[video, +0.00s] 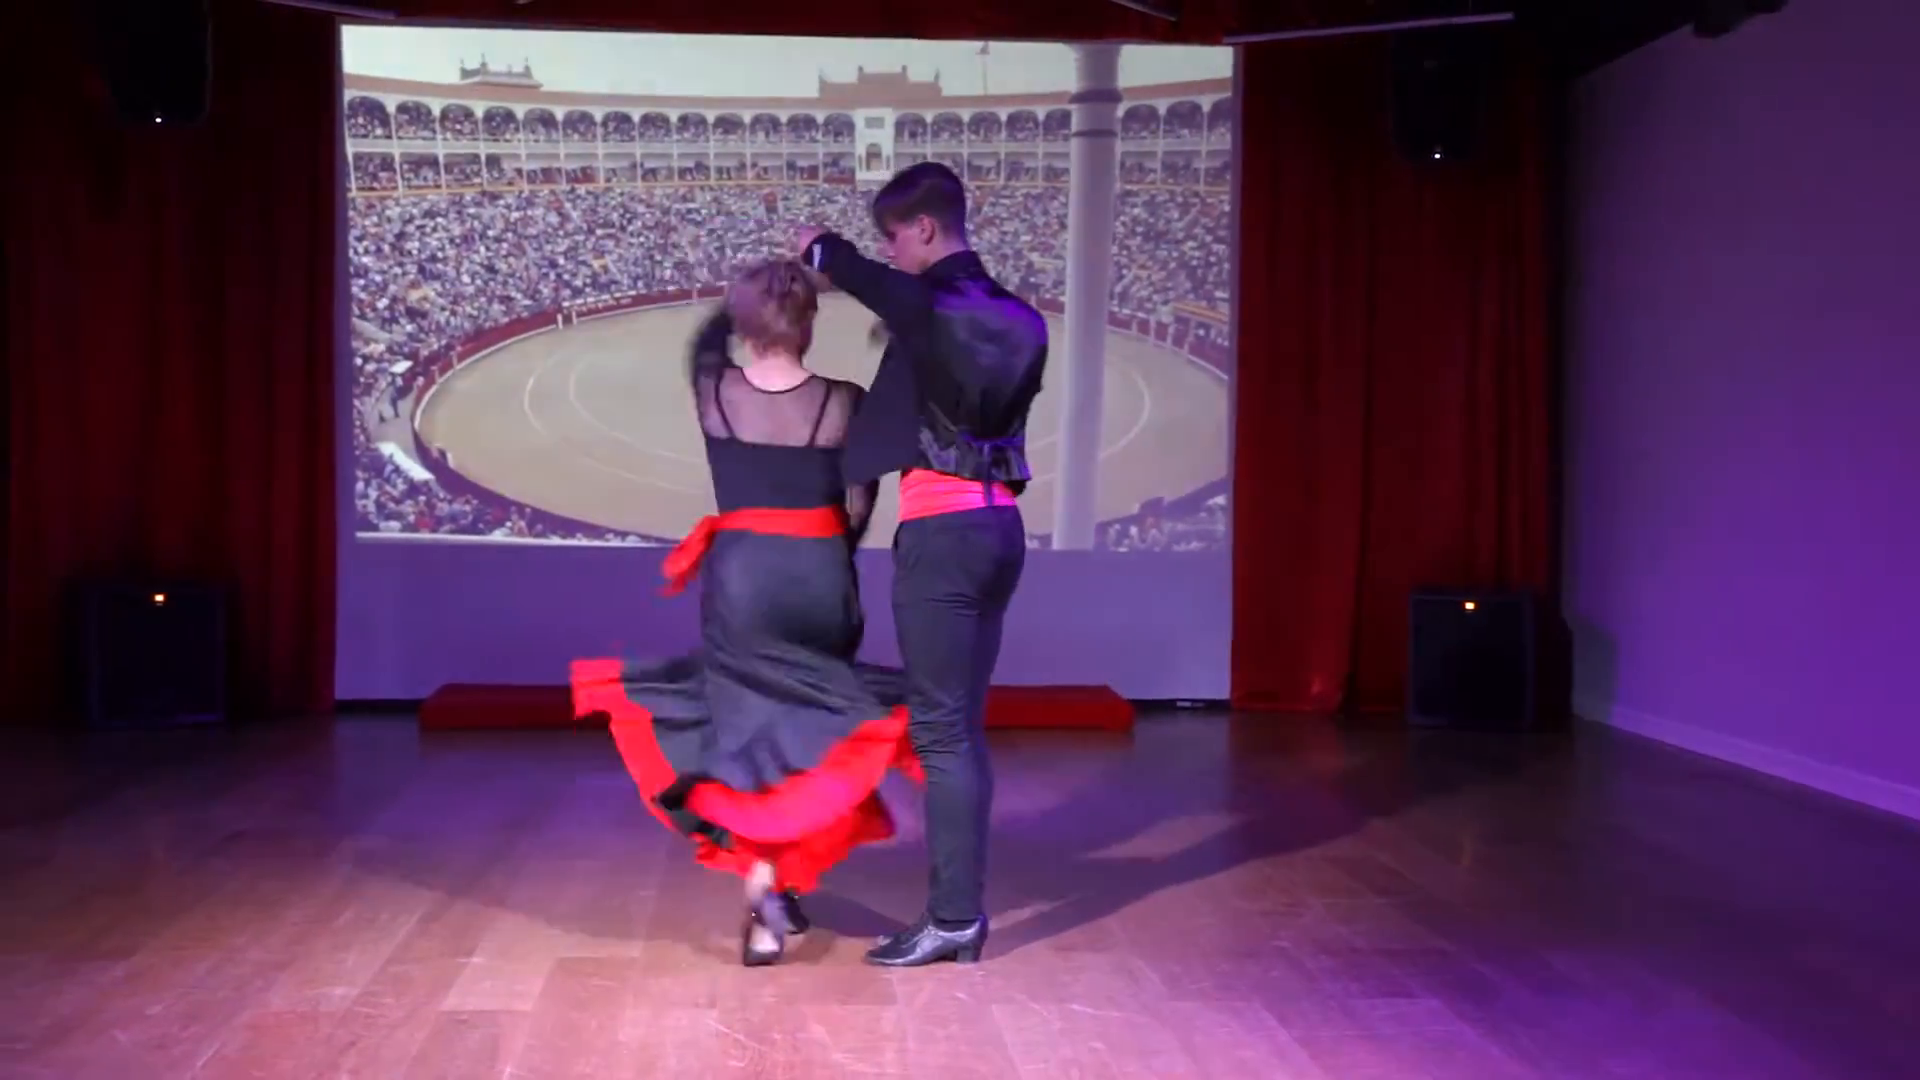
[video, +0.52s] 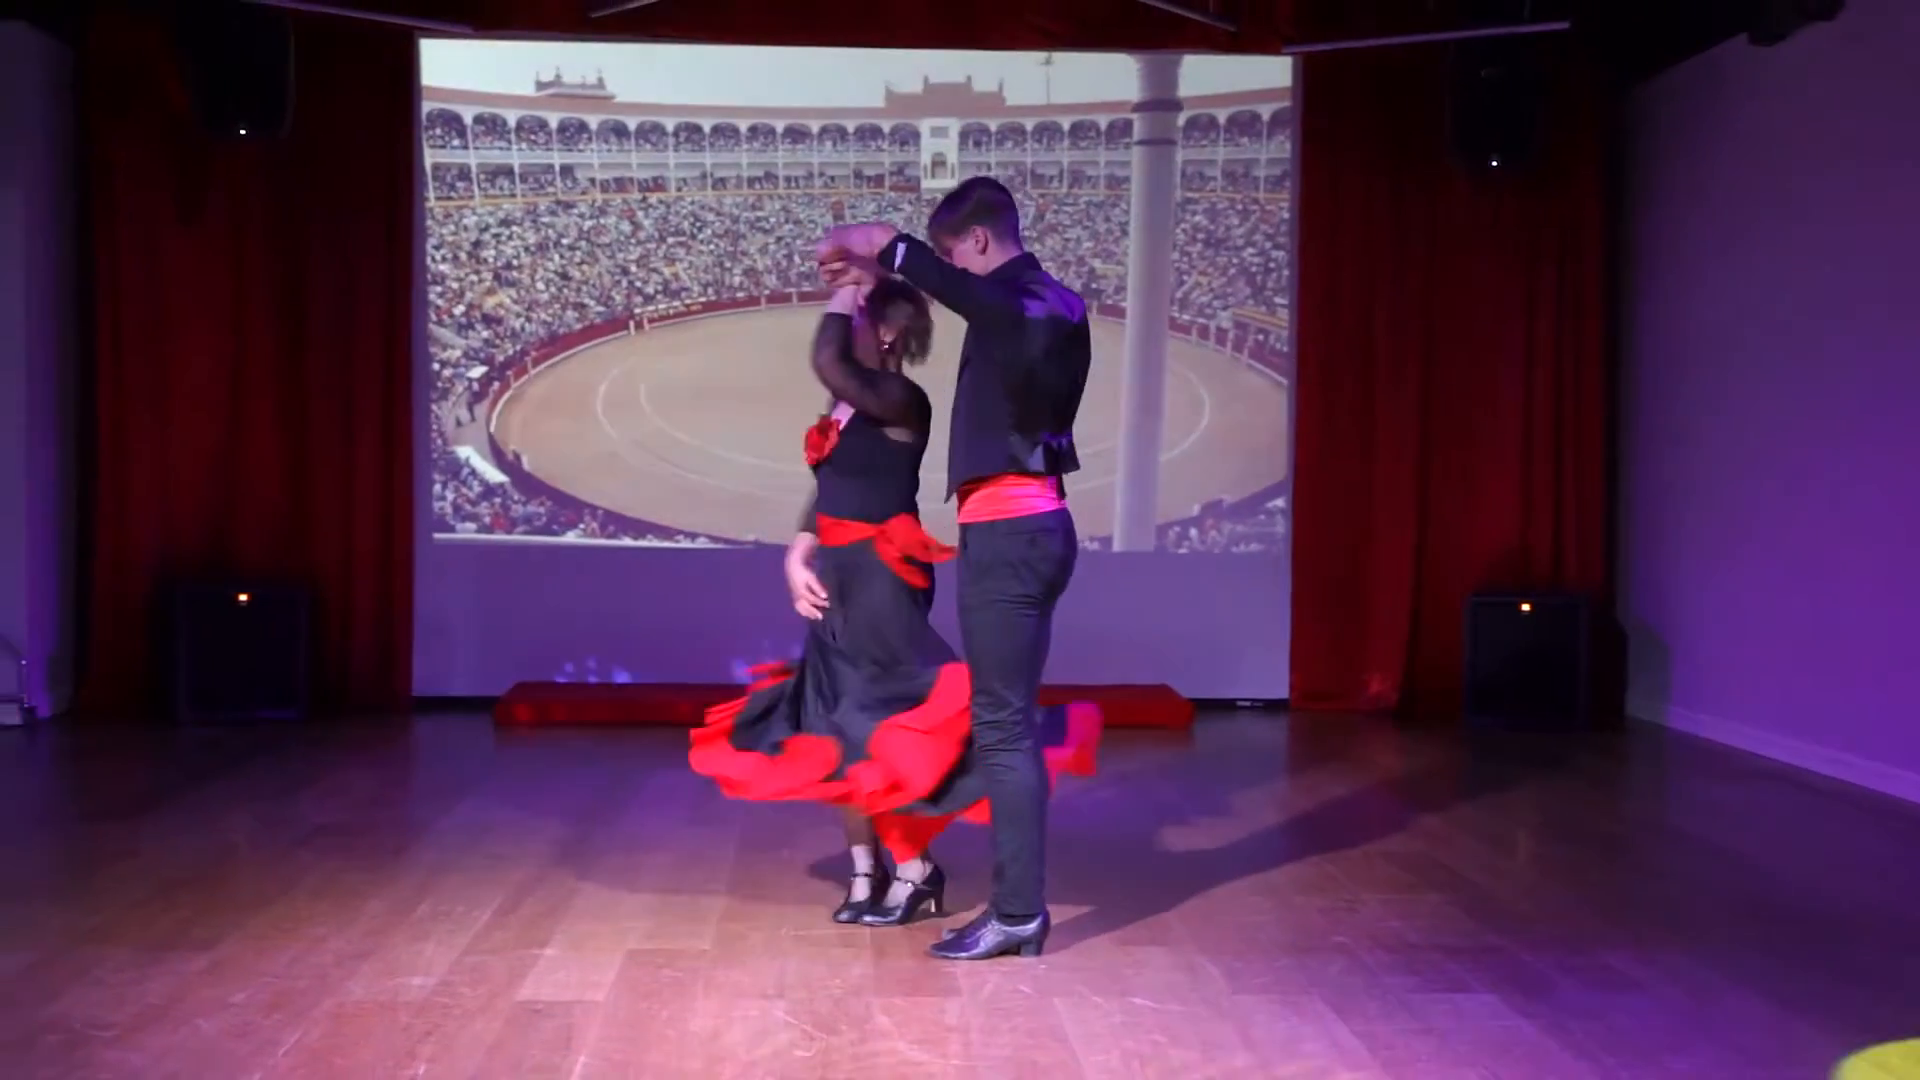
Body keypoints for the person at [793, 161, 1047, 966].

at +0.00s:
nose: (893, 251)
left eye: (896, 237)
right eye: (891, 239)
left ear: (927, 229)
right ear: (959, 230)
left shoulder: (925, 302)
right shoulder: (1023, 316)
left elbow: (849, 268)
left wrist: (817, 242)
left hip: (941, 536)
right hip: (998, 530)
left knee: (941, 732)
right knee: (956, 726)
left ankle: (953, 917)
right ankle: (960, 907)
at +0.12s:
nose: (911, 256)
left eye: (913, 241)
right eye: (909, 243)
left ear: (944, 230)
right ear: (979, 231)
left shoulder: (947, 305)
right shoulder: (1041, 317)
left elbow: (857, 250)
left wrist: (847, 237)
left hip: (950, 538)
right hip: (1007, 532)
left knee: (955, 733)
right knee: (969, 728)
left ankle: (969, 918)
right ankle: (973, 910)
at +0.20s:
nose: (923, 258)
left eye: (925, 243)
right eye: (919, 245)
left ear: (957, 231)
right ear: (990, 233)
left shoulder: (961, 304)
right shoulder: (1051, 318)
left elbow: (878, 260)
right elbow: (975, 388)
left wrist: (850, 233)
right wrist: (921, 342)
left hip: (959, 539)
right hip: (1014, 534)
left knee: (962, 732)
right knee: (974, 728)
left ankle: (979, 919)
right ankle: (982, 909)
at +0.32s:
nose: (938, 258)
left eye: (940, 244)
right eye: (935, 246)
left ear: (968, 232)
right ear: (1003, 233)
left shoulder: (981, 301)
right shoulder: (1057, 315)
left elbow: (869, 238)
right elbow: (958, 400)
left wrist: (864, 232)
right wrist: (907, 322)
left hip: (973, 539)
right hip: (1023, 532)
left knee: (975, 729)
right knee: (984, 724)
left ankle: (994, 916)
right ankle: (997, 906)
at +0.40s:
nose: (944, 265)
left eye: (946, 249)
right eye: (941, 252)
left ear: (975, 234)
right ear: (1005, 235)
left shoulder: (989, 301)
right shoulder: (1061, 312)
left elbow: (890, 245)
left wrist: (874, 233)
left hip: (985, 538)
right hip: (1029, 531)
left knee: (985, 728)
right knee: (993, 721)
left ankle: (1003, 916)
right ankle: (1007, 903)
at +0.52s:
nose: (952, 275)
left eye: (952, 259)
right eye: (948, 262)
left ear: (980, 242)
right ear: (1010, 238)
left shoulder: (1011, 303)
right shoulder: (1063, 304)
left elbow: (897, 250)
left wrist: (866, 245)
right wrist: (889, 266)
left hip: (1006, 536)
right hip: (1038, 529)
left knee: (1005, 729)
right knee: (1007, 721)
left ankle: (1018, 913)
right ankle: (1017, 905)